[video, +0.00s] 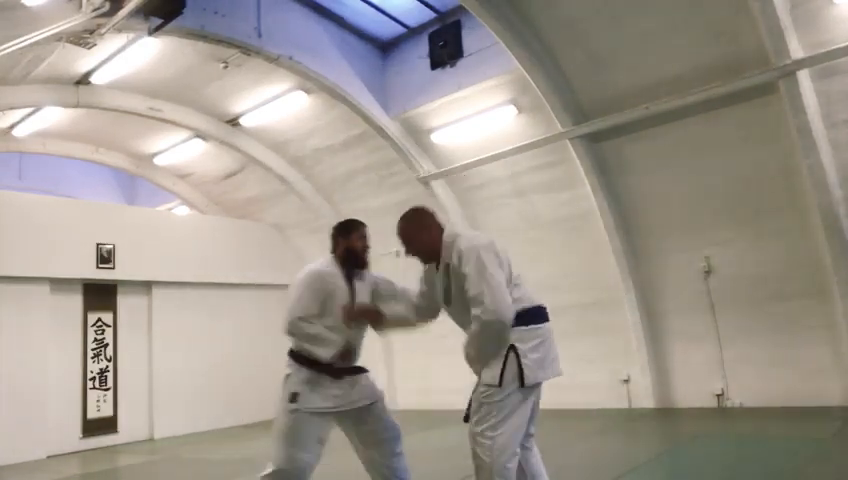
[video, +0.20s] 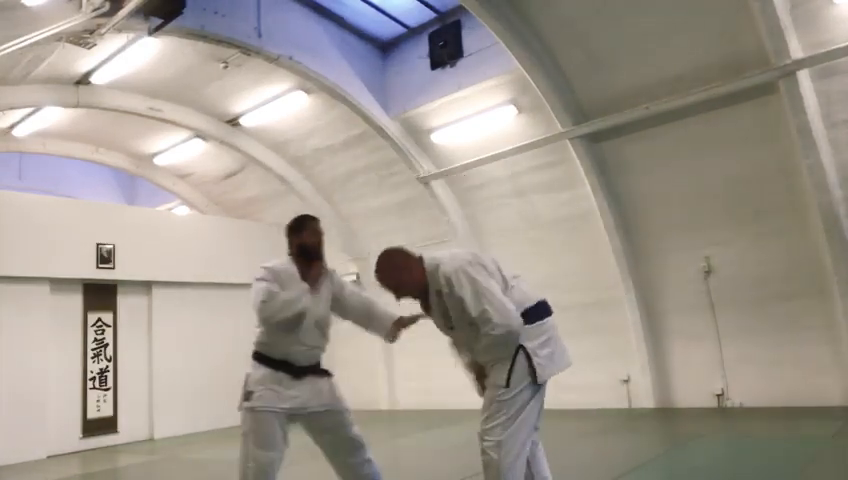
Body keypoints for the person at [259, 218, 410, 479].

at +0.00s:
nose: (367, 245)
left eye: (366, 239)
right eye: (361, 239)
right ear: (340, 243)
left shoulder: (369, 283)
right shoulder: (316, 276)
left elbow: (415, 304)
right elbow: (295, 324)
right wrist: (335, 348)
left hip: (349, 382)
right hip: (309, 383)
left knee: (386, 442)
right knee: (294, 466)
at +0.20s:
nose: (313, 242)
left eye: (317, 235)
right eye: (305, 236)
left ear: (322, 239)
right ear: (291, 241)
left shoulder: (328, 281)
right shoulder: (273, 275)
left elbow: (356, 304)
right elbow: (267, 312)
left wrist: (390, 322)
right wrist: (308, 288)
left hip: (312, 381)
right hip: (269, 381)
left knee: (350, 450)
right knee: (262, 463)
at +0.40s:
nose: (298, 232)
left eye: (299, 227)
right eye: (291, 227)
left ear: (300, 233)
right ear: (273, 233)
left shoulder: (310, 273)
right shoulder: (252, 270)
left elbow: (345, 300)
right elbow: (254, 306)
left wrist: (382, 312)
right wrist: (288, 272)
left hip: (301, 374)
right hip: (255, 375)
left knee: (332, 443)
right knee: (249, 459)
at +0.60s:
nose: (295, 231)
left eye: (295, 225)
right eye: (288, 225)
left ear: (295, 228)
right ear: (268, 231)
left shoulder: (306, 268)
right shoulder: (247, 271)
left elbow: (339, 297)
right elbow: (248, 313)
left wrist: (378, 316)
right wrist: (290, 290)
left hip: (300, 372)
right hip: (256, 374)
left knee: (325, 446)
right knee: (248, 458)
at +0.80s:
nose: (300, 229)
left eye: (301, 223)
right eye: (294, 223)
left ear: (300, 227)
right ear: (274, 227)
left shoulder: (314, 269)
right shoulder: (252, 273)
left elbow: (330, 313)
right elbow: (242, 324)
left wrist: (343, 357)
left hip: (311, 367)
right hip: (266, 369)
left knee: (329, 445)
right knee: (255, 455)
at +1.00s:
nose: (322, 237)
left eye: (324, 231)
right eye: (316, 230)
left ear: (322, 235)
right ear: (297, 233)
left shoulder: (329, 277)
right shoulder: (275, 271)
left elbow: (343, 327)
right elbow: (256, 319)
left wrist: (374, 347)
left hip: (321, 374)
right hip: (276, 376)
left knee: (352, 437)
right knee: (260, 460)